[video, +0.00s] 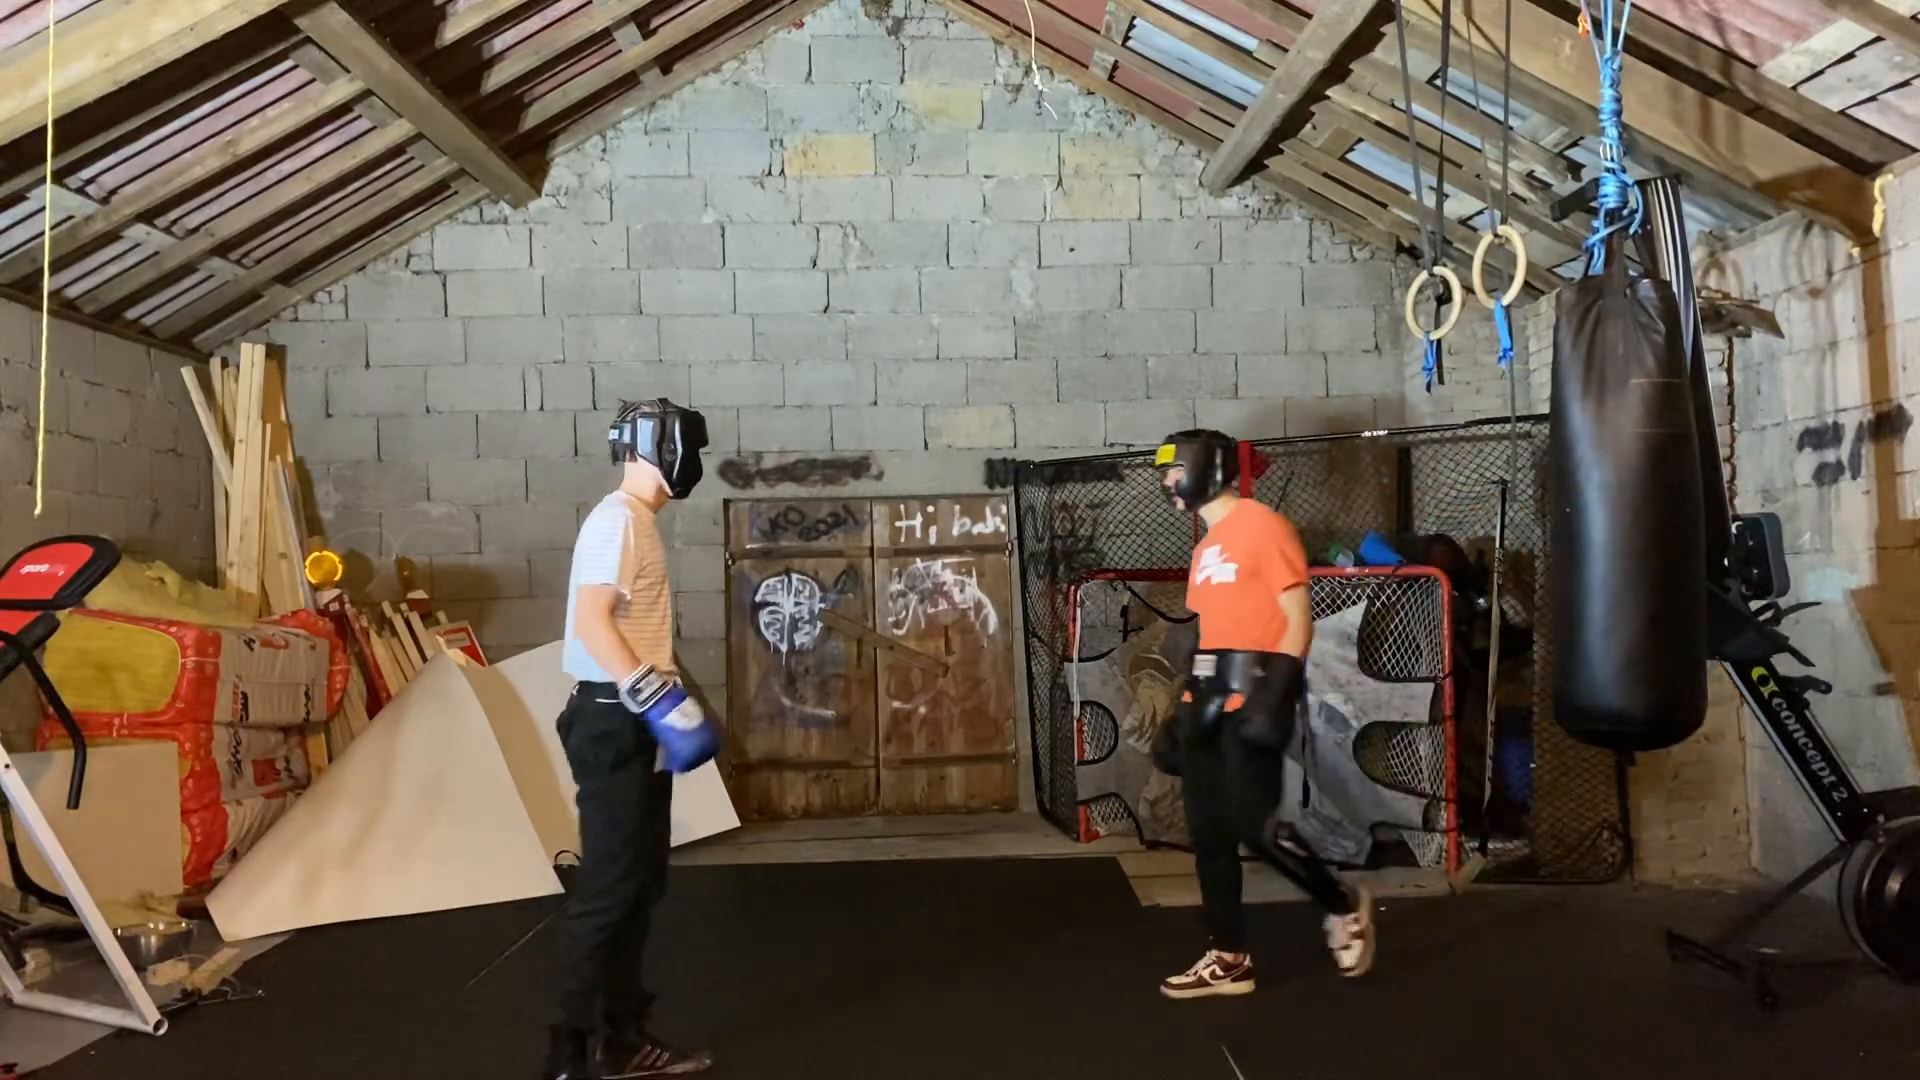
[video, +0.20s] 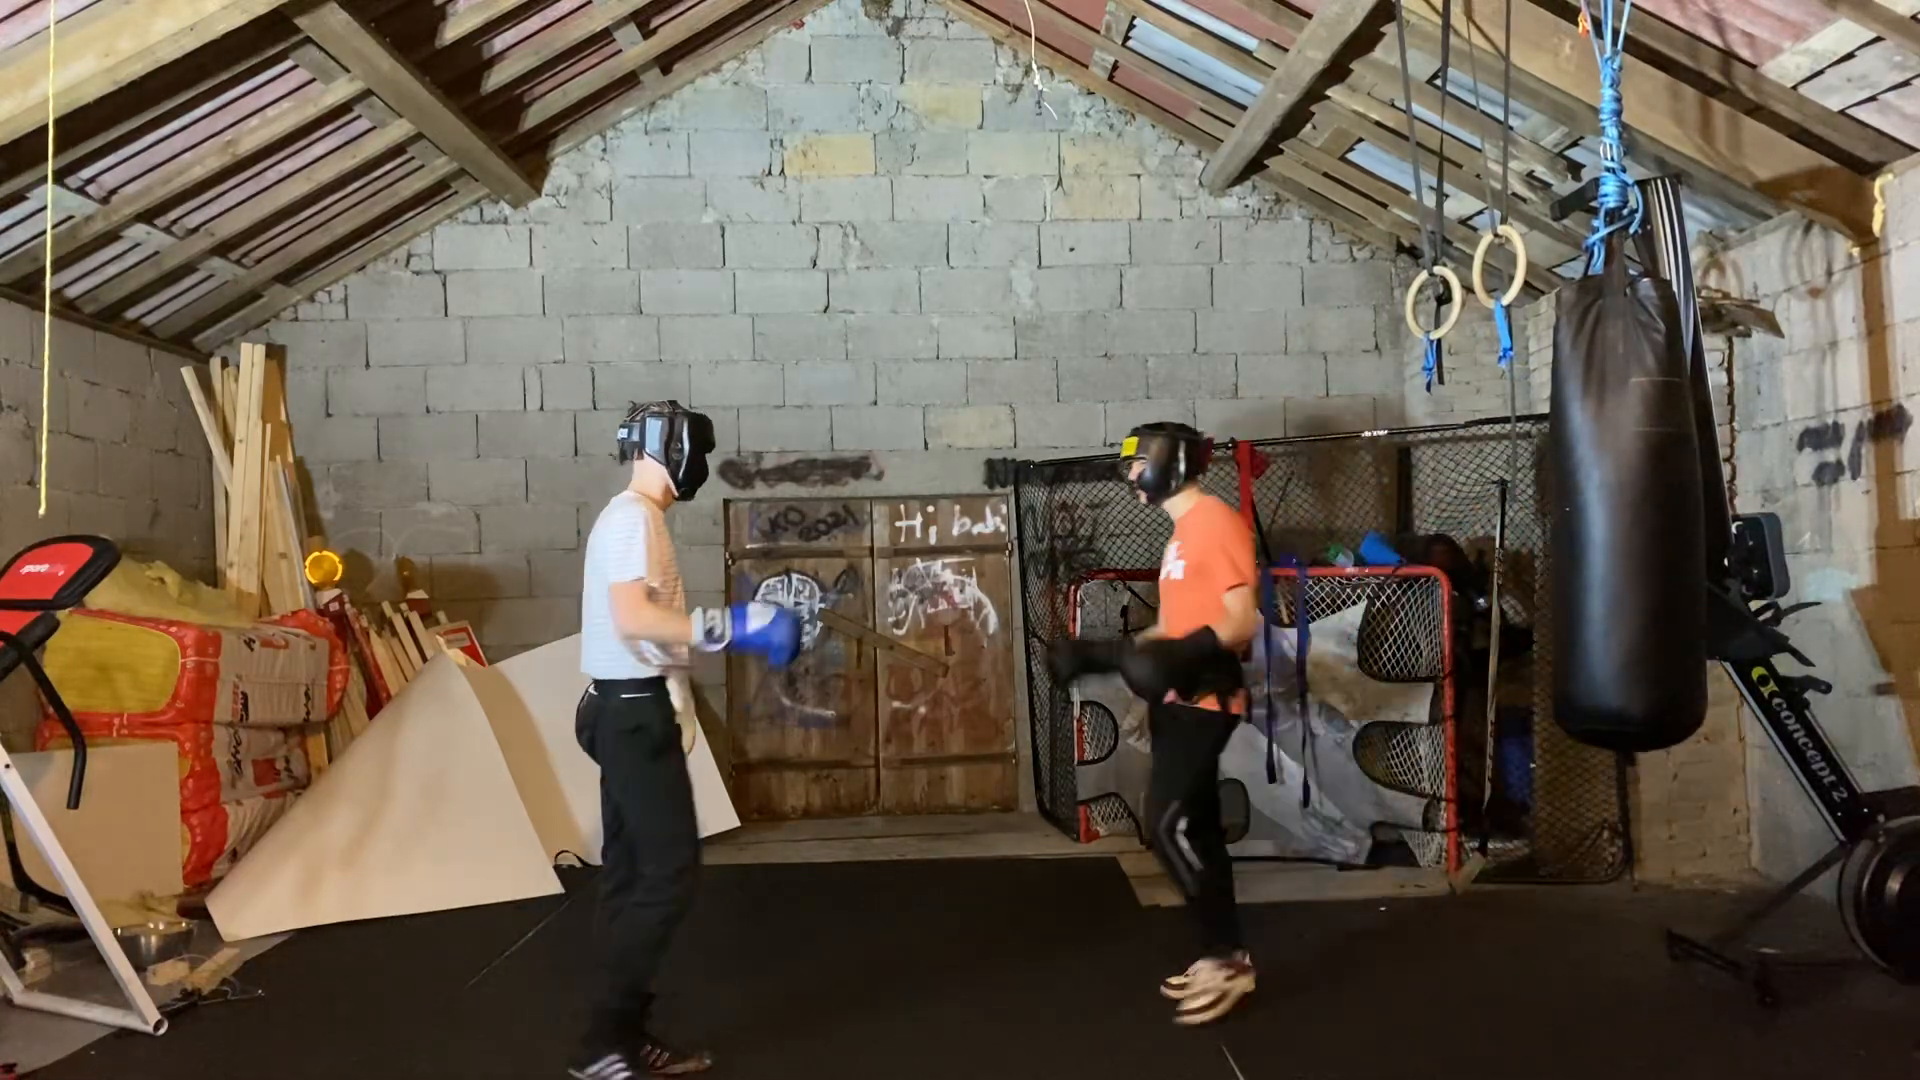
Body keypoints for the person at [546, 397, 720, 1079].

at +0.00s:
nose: (694, 466)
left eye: (693, 452)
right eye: (686, 452)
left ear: (643, 450)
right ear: (654, 450)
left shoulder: (637, 522)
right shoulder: (616, 520)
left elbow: (628, 622)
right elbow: (592, 617)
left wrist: (672, 702)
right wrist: (660, 698)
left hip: (635, 714)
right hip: (609, 715)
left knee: (640, 879)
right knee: (611, 883)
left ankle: (623, 1042)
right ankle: (571, 1055)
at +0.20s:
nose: (700, 468)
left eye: (699, 454)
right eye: (694, 453)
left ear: (646, 448)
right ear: (666, 449)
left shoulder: (643, 520)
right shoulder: (630, 519)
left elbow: (655, 627)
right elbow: (631, 618)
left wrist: (731, 633)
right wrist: (724, 624)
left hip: (632, 708)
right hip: (631, 713)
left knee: (630, 872)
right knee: (668, 871)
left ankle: (625, 1038)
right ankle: (607, 1048)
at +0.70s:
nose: (775, 486)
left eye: (775, 472)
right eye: (774, 472)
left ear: (718, 463)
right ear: (756, 468)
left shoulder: (690, 523)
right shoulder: (722, 527)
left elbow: (752, 590)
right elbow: (742, 622)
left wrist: (820, 580)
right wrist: (814, 594)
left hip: (670, 713)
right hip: (716, 717)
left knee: (666, 875)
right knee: (760, 868)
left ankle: (625, 1038)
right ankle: (791, 1016)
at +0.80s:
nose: (802, 488)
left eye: (803, 474)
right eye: (800, 473)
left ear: (747, 461)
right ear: (780, 467)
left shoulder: (715, 524)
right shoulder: (740, 528)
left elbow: (765, 602)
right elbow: (733, 624)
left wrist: (838, 578)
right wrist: (811, 609)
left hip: (701, 712)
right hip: (740, 715)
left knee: (688, 874)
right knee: (774, 867)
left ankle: (631, 1028)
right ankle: (793, 1017)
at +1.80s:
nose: (988, 491)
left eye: (990, 480)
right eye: (978, 481)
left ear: (979, 478)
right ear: (947, 483)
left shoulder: (969, 531)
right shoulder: (917, 537)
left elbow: (990, 616)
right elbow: (892, 618)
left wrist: (991, 570)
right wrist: (972, 631)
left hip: (960, 692)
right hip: (931, 697)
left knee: (932, 836)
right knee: (983, 838)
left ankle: (900, 969)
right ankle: (1007, 1007)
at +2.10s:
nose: (1029, 497)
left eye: (1035, 482)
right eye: (1015, 488)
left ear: (1046, 473)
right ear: (990, 491)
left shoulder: (1056, 530)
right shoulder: (975, 548)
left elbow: (1076, 608)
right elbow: (945, 642)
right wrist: (1016, 649)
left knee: (1016, 840)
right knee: (1056, 842)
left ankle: (928, 938)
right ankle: (1056, 1016)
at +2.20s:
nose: (1060, 483)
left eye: (1062, 470)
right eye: (1046, 473)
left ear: (1070, 468)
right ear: (1021, 480)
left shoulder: (1083, 527)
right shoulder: (998, 539)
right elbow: (956, 629)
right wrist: (1031, 636)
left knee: (1077, 842)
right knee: (1064, 847)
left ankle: (981, 923)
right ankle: (1051, 1023)